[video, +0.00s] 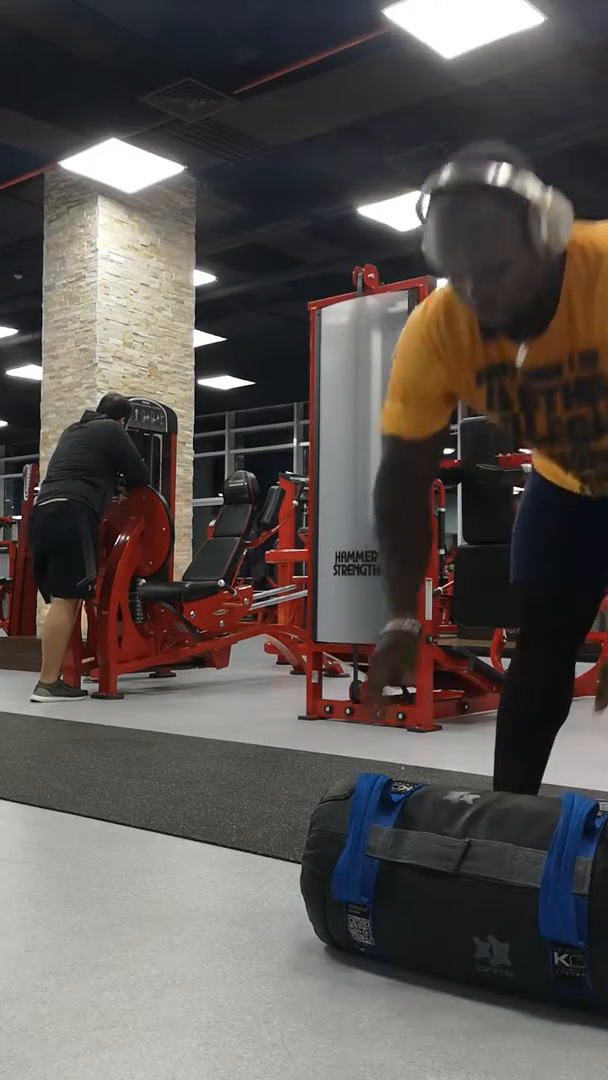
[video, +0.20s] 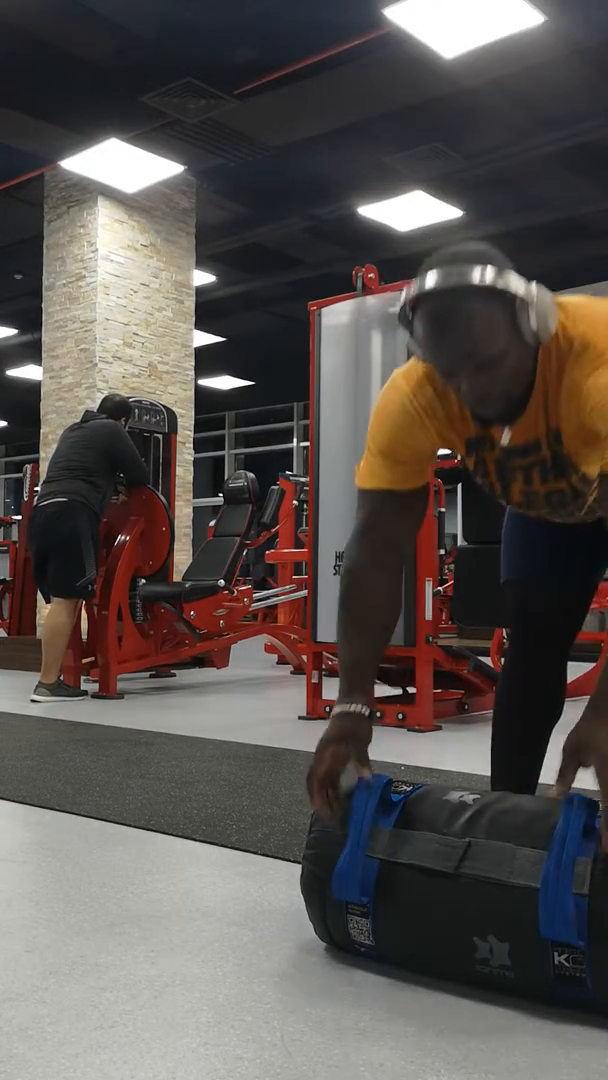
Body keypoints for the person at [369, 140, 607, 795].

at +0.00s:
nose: (475, 296)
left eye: (493, 270)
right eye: (455, 276)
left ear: (545, 242)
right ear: (438, 266)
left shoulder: (602, 266)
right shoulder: (438, 329)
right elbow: (402, 478)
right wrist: (403, 618)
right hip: (568, 486)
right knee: (540, 653)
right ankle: (506, 825)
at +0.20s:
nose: (471, 390)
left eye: (486, 364)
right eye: (449, 372)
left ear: (528, 329)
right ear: (425, 357)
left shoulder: (592, 366)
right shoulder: (413, 398)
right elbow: (375, 554)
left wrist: (598, 707)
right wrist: (352, 704)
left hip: (605, 499)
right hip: (549, 510)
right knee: (532, 658)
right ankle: (506, 834)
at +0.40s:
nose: (465, 422)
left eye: (481, 399)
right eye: (442, 406)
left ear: (518, 363)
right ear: (420, 391)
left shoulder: (589, 401)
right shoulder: (407, 422)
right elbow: (378, 578)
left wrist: (601, 753)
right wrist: (360, 729)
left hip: (604, 494)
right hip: (541, 508)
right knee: (531, 655)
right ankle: (506, 827)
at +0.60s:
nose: (455, 393)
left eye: (470, 370)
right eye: (435, 378)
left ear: (513, 329)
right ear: (414, 359)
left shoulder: (591, 371)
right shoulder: (405, 401)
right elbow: (391, 551)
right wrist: (392, 694)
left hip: (604, 492)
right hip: (545, 507)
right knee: (531, 650)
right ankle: (505, 819)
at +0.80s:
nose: (450, 385)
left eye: (466, 363)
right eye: (431, 368)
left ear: (513, 329)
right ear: (413, 354)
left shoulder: (593, 371)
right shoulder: (408, 406)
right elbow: (399, 555)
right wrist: (399, 694)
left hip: (607, 492)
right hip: (545, 507)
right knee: (529, 649)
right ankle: (507, 813)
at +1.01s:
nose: (439, 338)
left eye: (459, 314)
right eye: (423, 318)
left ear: (511, 294)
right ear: (410, 316)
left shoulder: (593, 348)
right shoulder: (409, 389)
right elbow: (417, 539)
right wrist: (423, 676)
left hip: (604, 496)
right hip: (545, 509)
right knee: (521, 652)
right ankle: (506, 819)